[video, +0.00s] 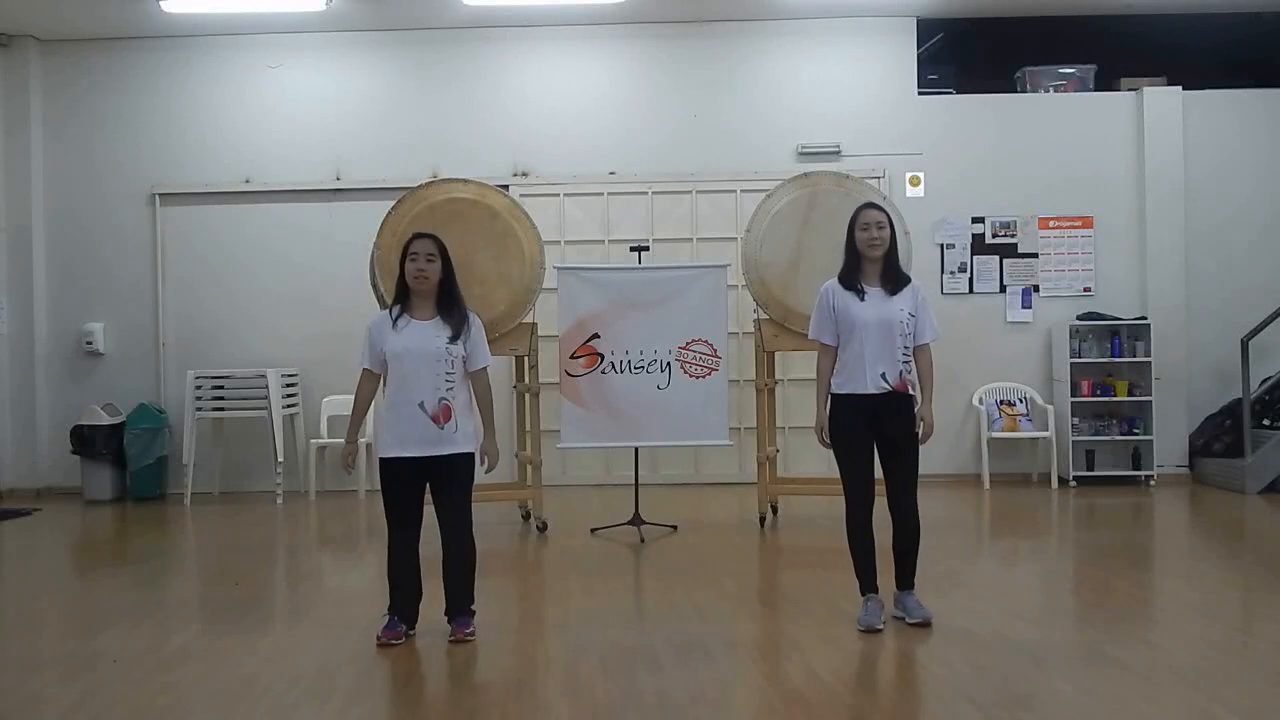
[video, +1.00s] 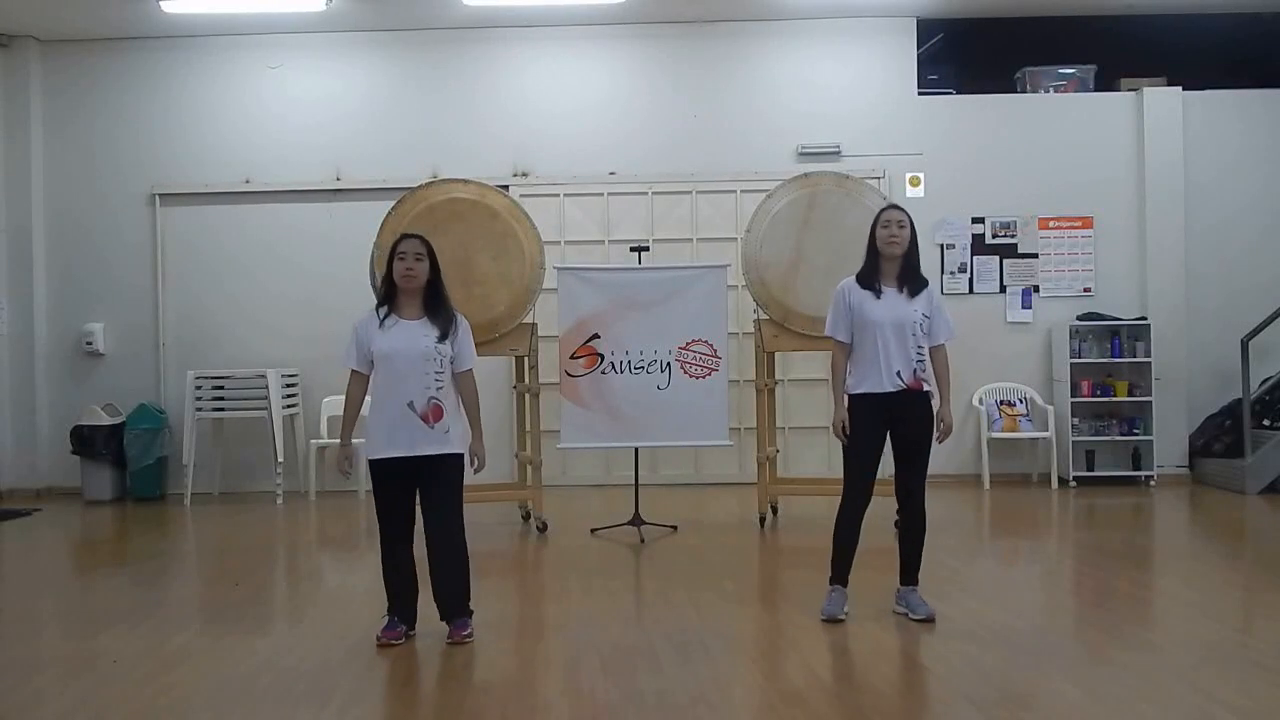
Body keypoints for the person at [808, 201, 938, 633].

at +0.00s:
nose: (873, 233)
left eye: (881, 227)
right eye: (865, 228)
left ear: (892, 235)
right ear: (852, 237)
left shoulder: (909, 290)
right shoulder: (834, 291)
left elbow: (922, 350)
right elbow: (826, 353)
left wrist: (926, 403)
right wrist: (821, 409)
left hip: (899, 407)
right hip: (849, 408)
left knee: (904, 503)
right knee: (859, 503)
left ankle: (905, 593)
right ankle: (870, 598)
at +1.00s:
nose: (893, 231)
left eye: (901, 226)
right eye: (886, 225)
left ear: (911, 237)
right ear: (873, 235)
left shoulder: (923, 291)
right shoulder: (850, 289)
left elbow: (937, 350)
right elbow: (839, 349)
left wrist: (945, 402)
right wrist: (838, 403)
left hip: (914, 404)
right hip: (865, 404)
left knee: (912, 499)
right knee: (855, 498)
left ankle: (908, 590)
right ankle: (837, 590)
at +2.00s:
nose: (862, 232)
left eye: (870, 226)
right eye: (854, 227)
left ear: (881, 237)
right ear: (842, 237)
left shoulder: (892, 294)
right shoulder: (821, 289)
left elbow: (901, 354)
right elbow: (807, 350)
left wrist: (905, 407)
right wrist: (806, 402)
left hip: (878, 405)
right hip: (830, 405)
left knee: (896, 497)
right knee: (833, 499)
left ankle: (907, 588)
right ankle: (835, 590)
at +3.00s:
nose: (881, 243)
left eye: (888, 236)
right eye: (873, 238)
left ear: (902, 243)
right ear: (862, 247)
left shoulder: (921, 295)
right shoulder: (845, 298)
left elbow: (953, 344)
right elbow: (820, 348)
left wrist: (964, 313)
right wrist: (798, 327)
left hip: (910, 413)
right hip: (860, 414)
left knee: (917, 507)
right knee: (851, 506)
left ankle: (915, 594)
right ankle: (866, 582)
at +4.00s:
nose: (852, 234)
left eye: (855, 228)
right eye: (843, 228)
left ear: (859, 240)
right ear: (823, 237)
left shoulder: (865, 293)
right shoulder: (806, 281)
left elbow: (913, 307)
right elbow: (818, 292)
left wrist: (927, 260)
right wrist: (836, 257)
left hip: (852, 407)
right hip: (811, 408)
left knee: (897, 491)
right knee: (803, 503)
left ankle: (896, 586)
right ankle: (779, 596)